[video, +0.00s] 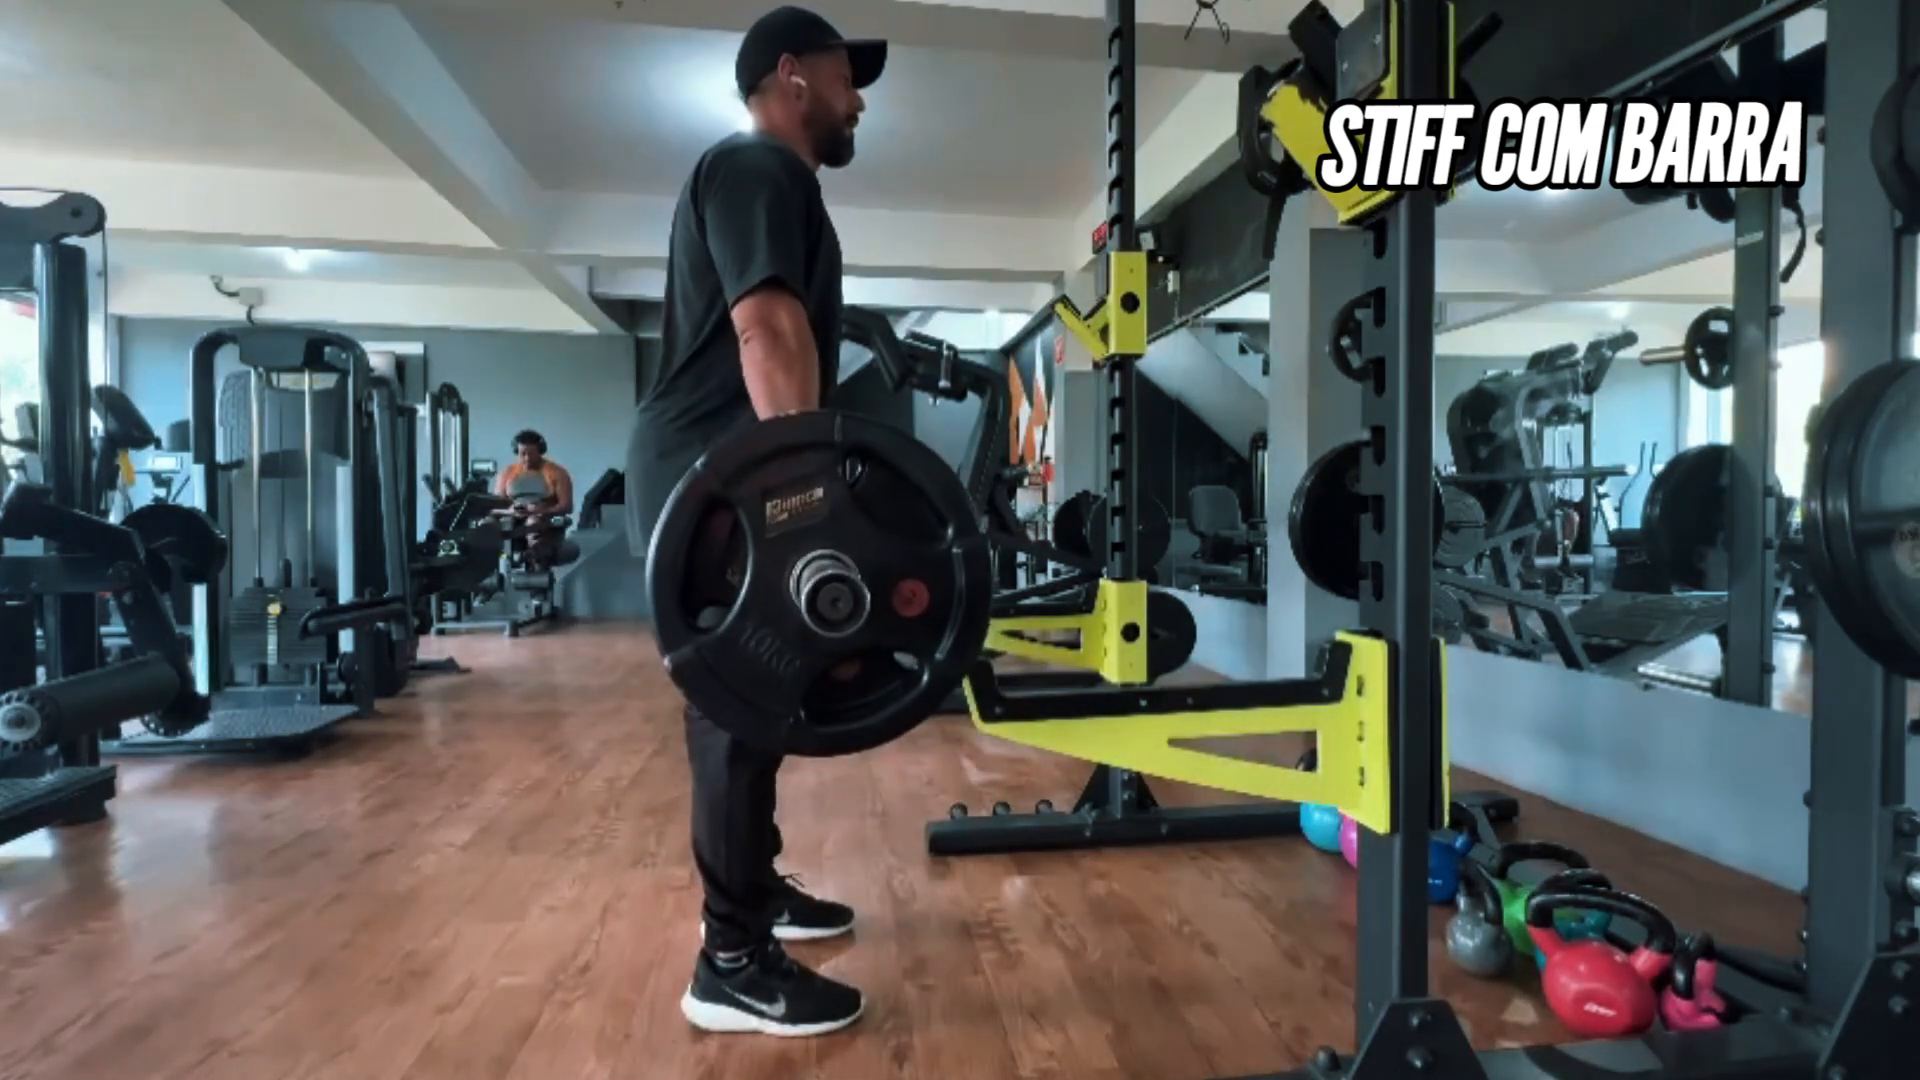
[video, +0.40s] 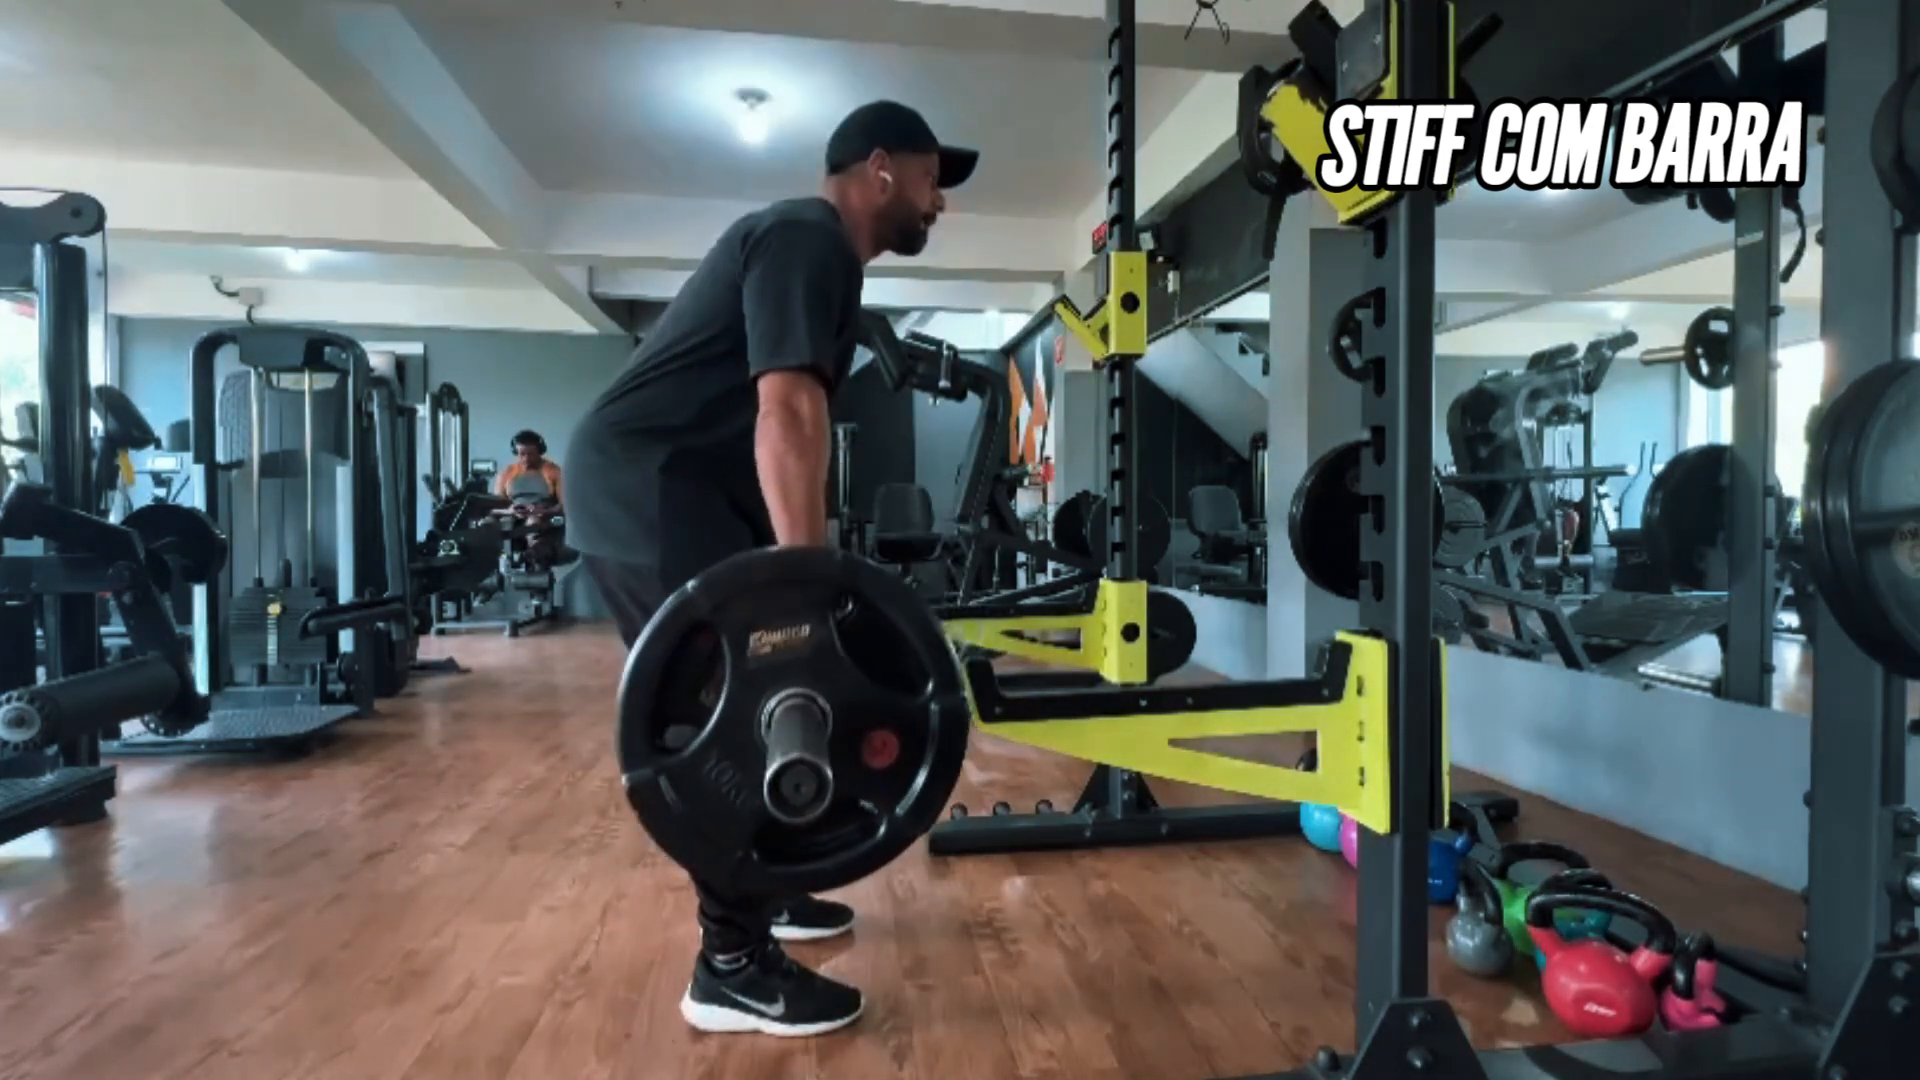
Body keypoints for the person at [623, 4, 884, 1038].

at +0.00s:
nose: (861, 96)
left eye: (859, 80)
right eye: (848, 76)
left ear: (786, 83)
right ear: (790, 75)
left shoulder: (764, 182)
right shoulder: (754, 165)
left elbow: (778, 344)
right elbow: (765, 326)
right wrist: (810, 498)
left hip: (720, 474)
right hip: (706, 475)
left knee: (752, 693)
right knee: (733, 704)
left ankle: (751, 884)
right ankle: (731, 958)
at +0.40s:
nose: (939, 205)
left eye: (941, 187)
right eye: (932, 182)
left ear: (873, 172)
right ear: (879, 167)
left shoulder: (818, 250)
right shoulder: (805, 233)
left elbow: (796, 409)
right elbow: (787, 402)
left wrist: (810, 578)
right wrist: (810, 582)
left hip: (682, 479)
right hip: (648, 477)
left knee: (742, 687)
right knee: (721, 702)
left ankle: (758, 894)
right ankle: (729, 957)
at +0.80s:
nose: (978, 341)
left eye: (983, 323)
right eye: (976, 316)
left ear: (923, 301)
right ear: (930, 300)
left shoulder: (835, 345)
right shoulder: (829, 343)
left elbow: (805, 520)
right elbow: (799, 520)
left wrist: (796, 686)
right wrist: (800, 701)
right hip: (597, 487)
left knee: (716, 695)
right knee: (726, 699)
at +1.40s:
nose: (987, 438)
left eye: (997, 424)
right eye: (988, 417)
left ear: (941, 390)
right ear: (946, 391)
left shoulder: (845, 417)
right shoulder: (837, 419)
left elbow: (813, 597)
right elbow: (800, 607)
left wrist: (783, 765)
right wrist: (788, 787)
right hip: (584, 500)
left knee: (721, 719)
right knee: (721, 725)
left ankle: (737, 929)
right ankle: (736, 939)